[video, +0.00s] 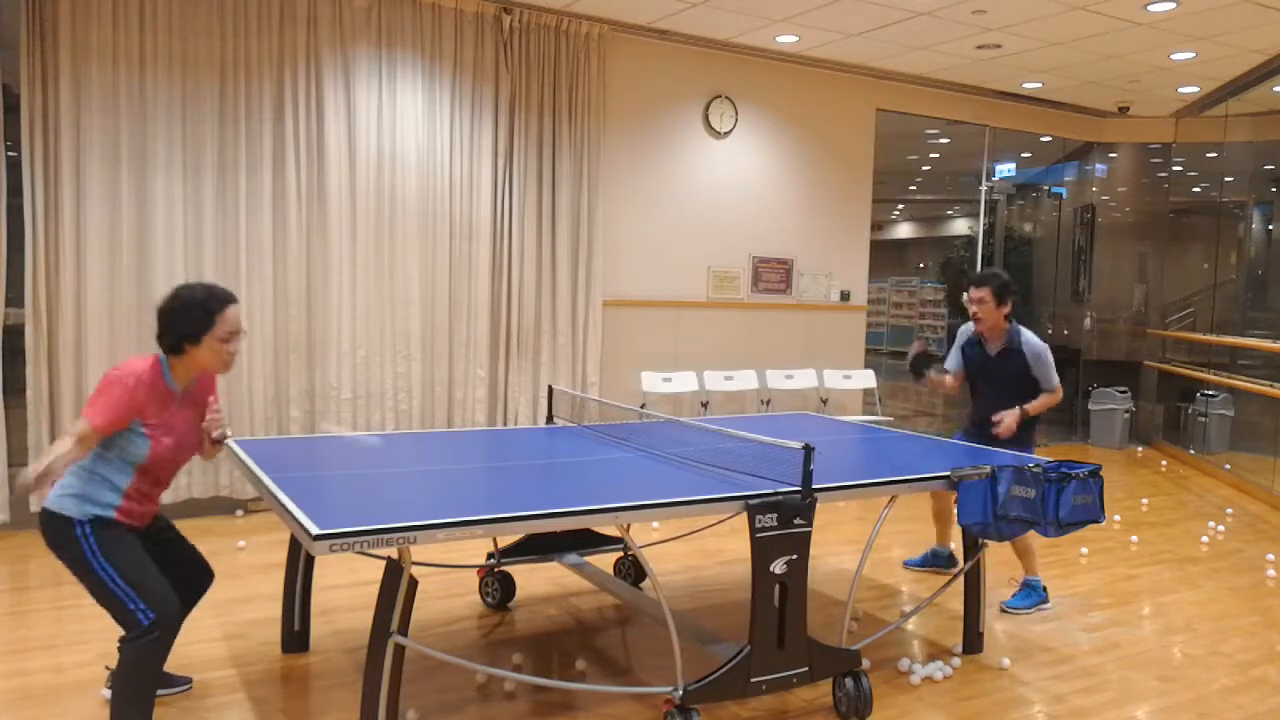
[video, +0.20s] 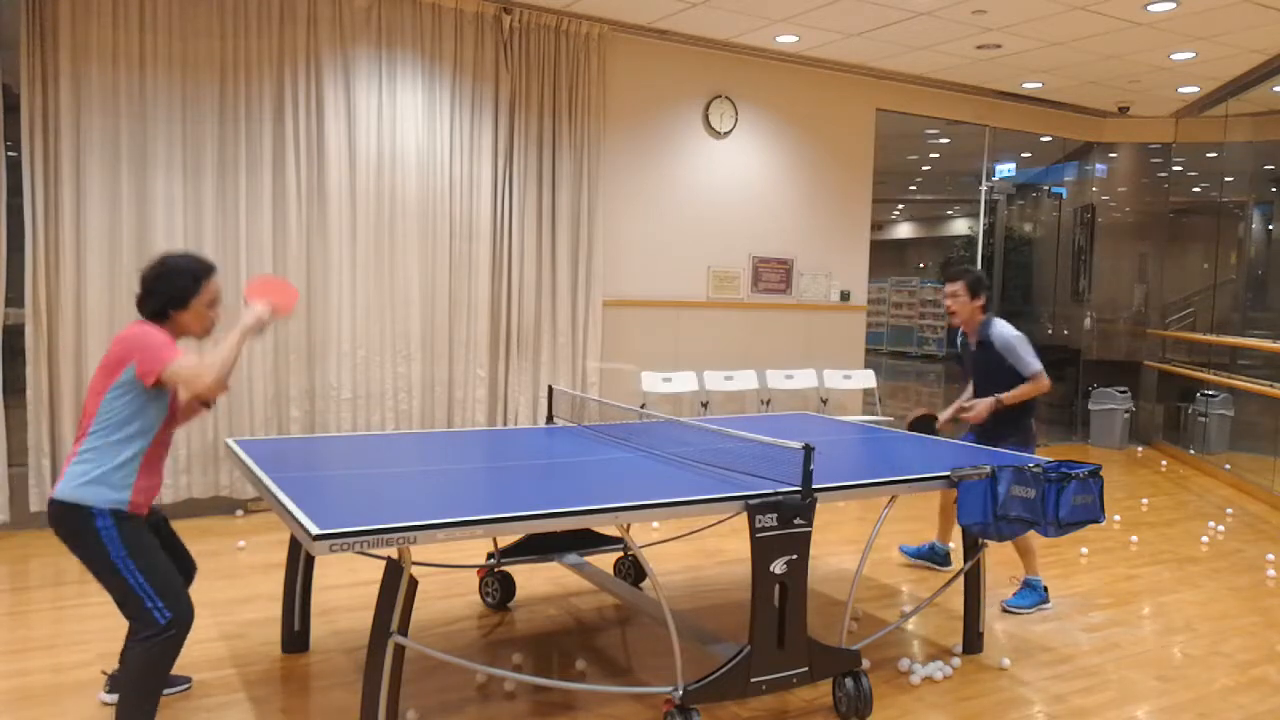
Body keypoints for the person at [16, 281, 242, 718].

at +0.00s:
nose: (236, 348)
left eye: (237, 337)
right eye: (227, 339)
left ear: (196, 343)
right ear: (190, 342)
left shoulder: (203, 382)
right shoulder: (133, 380)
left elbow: (199, 450)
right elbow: (82, 438)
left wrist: (213, 438)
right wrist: (52, 463)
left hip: (134, 514)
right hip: (81, 516)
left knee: (193, 578)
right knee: (155, 619)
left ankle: (134, 673)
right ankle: (129, 709)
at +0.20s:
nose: (217, 314)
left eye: (218, 305)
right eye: (210, 305)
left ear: (180, 307)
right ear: (177, 307)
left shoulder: (163, 350)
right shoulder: (142, 338)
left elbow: (155, 422)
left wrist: (200, 401)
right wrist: (244, 328)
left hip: (125, 502)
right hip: (91, 506)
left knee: (180, 571)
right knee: (167, 616)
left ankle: (132, 675)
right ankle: (133, 709)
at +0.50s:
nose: (195, 272)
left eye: (192, 262)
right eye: (186, 264)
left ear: (156, 276)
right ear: (155, 275)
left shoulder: (142, 322)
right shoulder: (127, 318)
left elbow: (156, 390)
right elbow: (166, 380)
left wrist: (201, 375)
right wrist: (237, 330)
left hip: (124, 485)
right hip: (102, 488)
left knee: (155, 576)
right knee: (155, 612)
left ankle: (130, 676)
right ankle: (122, 708)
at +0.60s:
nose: (200, 281)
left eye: (197, 271)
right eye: (190, 273)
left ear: (164, 286)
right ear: (157, 285)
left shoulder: (162, 330)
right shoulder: (119, 330)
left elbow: (158, 404)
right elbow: (113, 413)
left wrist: (197, 390)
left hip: (129, 492)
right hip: (89, 495)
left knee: (164, 571)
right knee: (143, 617)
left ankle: (133, 670)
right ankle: (119, 710)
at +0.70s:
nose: (207, 305)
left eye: (205, 294)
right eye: (198, 297)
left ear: (166, 306)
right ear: (163, 305)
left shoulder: (178, 347)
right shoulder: (113, 350)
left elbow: (188, 408)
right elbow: (60, 430)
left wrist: (198, 405)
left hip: (128, 496)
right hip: (77, 501)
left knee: (169, 577)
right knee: (149, 615)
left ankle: (116, 677)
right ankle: (121, 708)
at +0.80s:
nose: (213, 330)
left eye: (214, 318)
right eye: (205, 319)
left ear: (176, 324)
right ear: (167, 323)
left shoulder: (187, 366)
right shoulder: (103, 369)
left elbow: (202, 424)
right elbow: (42, 431)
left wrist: (204, 420)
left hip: (131, 512)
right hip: (79, 513)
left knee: (173, 579)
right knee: (151, 617)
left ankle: (116, 675)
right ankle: (122, 709)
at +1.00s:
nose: (211, 312)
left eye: (214, 300)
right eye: (202, 301)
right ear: (163, 300)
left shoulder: (167, 352)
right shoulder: (118, 343)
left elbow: (147, 422)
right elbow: (85, 421)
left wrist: (190, 409)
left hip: (113, 506)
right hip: (73, 508)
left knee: (127, 598)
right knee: (157, 627)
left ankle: (114, 679)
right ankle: (124, 709)